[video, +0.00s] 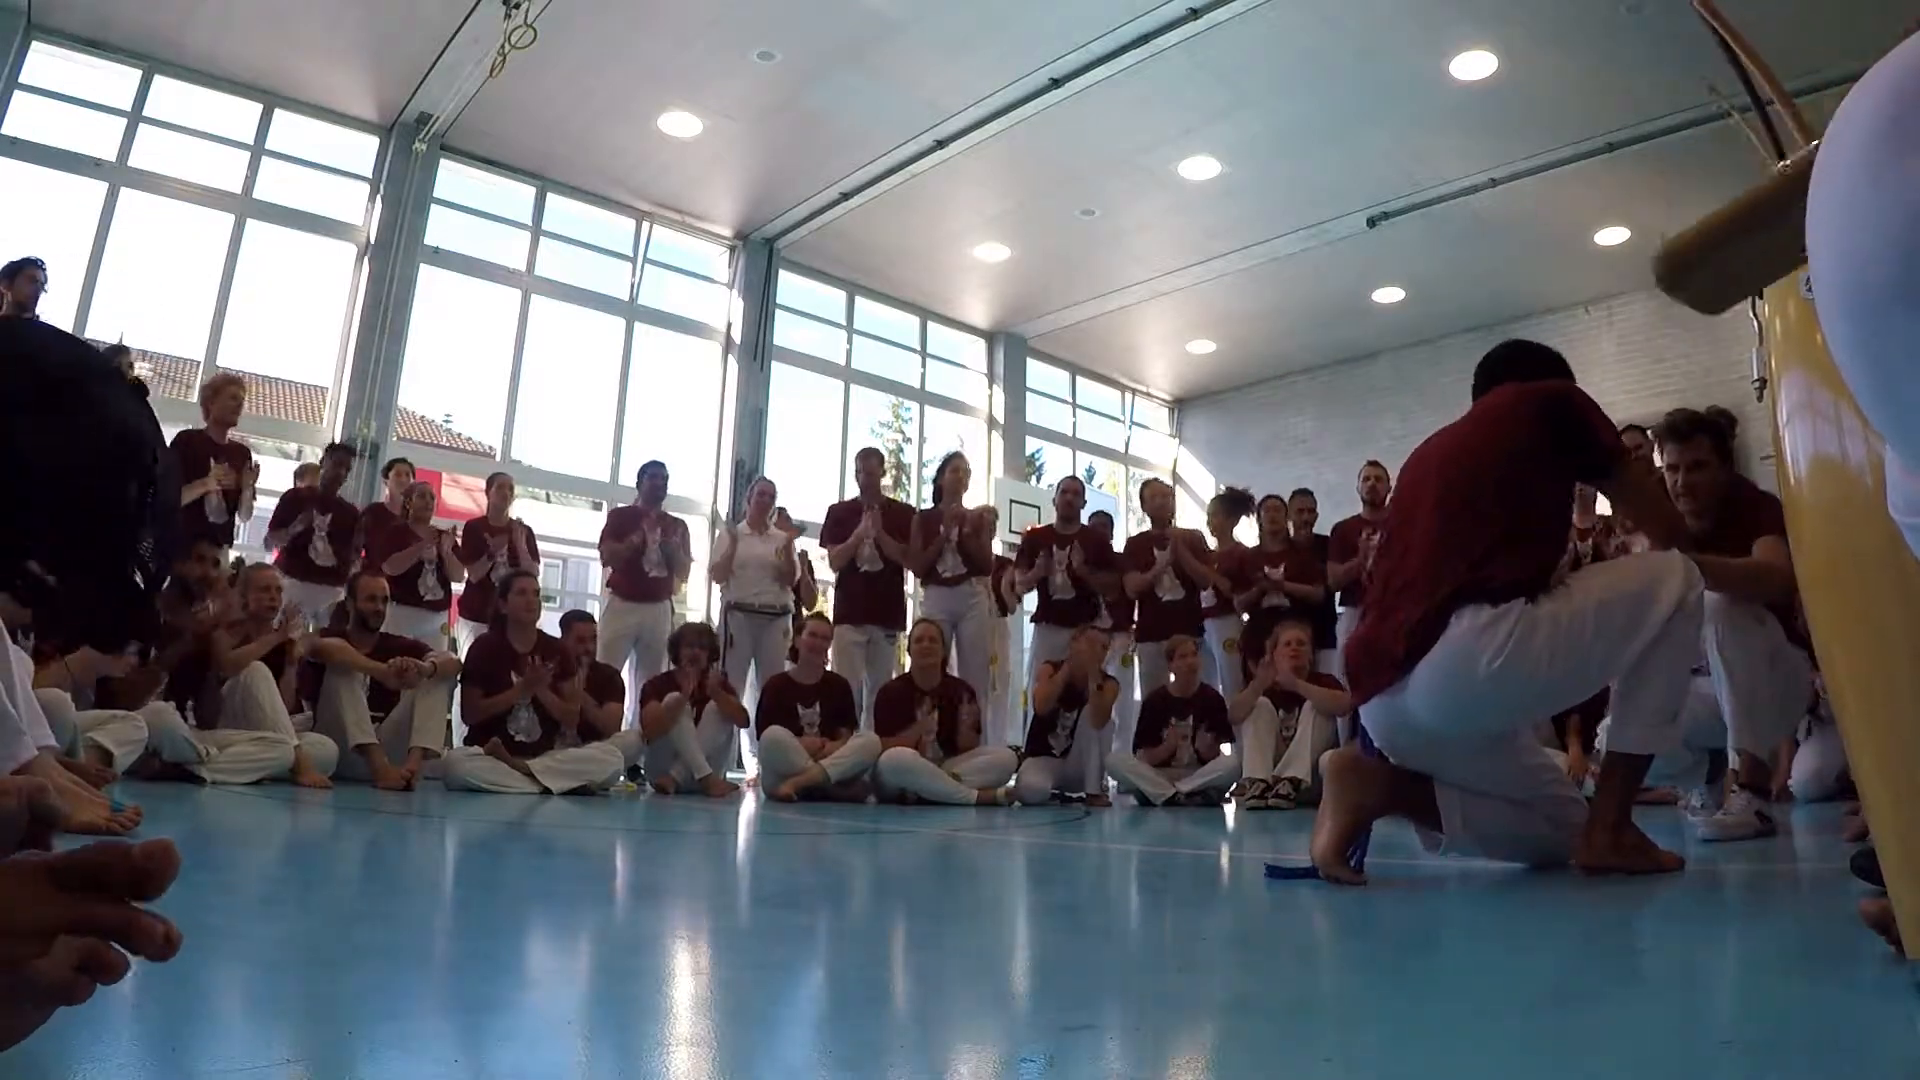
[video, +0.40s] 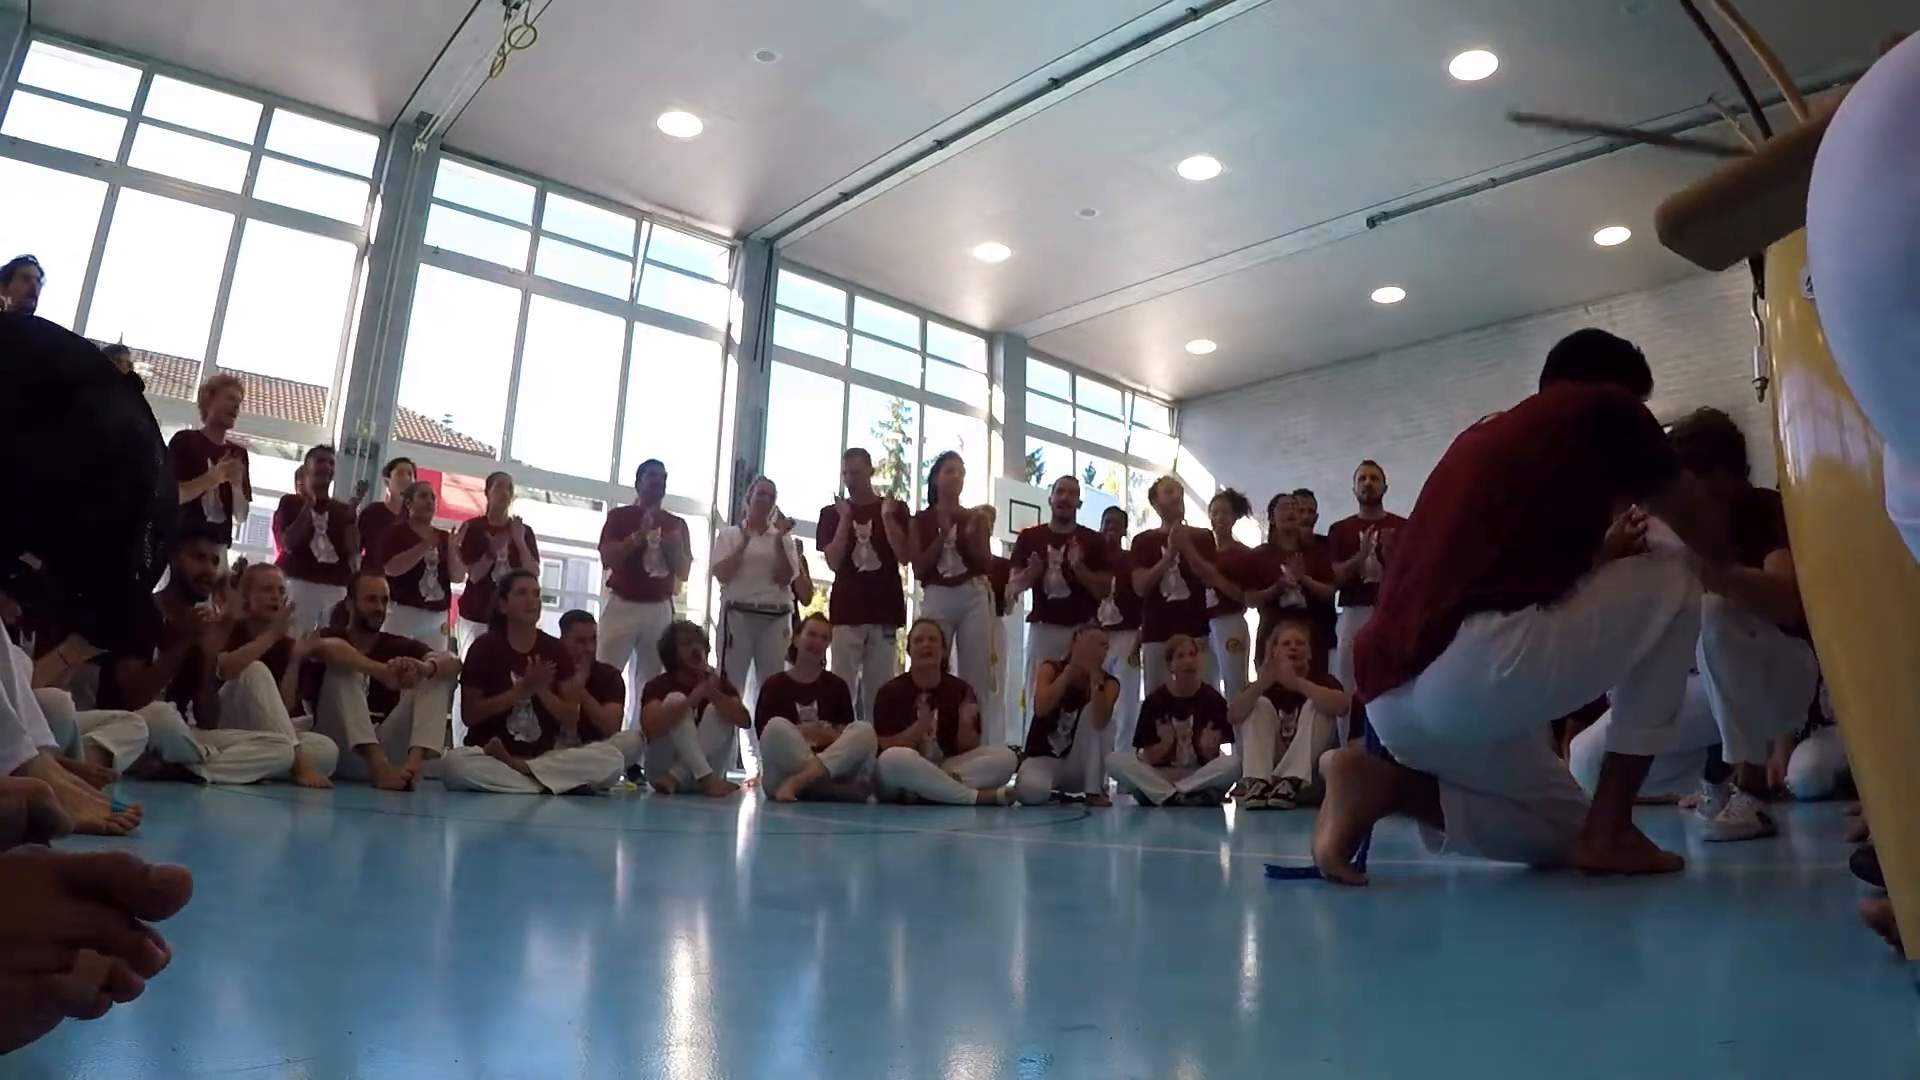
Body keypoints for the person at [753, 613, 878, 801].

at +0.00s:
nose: (818, 643)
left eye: (825, 639)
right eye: (813, 636)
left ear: (830, 645)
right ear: (797, 639)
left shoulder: (839, 685)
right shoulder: (776, 684)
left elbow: (846, 737)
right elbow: (764, 737)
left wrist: (832, 747)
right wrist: (800, 744)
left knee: (871, 741)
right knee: (773, 736)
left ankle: (797, 784)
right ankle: (835, 789)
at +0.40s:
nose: (817, 642)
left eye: (824, 638)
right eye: (811, 635)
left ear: (829, 645)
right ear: (796, 639)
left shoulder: (837, 685)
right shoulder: (774, 684)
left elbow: (848, 733)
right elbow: (764, 736)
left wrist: (826, 736)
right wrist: (801, 731)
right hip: (783, 776)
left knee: (865, 732)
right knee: (776, 728)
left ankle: (796, 784)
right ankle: (836, 789)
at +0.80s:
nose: (816, 644)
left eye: (823, 640)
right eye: (810, 636)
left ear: (827, 647)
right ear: (795, 639)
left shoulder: (833, 682)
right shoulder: (775, 679)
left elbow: (838, 729)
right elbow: (775, 726)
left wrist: (826, 690)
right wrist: (817, 693)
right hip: (784, 776)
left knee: (859, 722)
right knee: (784, 711)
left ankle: (795, 783)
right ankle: (836, 786)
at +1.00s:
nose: (817, 644)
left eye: (824, 640)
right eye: (811, 636)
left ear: (828, 649)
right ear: (796, 640)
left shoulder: (835, 682)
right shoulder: (777, 679)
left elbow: (838, 730)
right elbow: (777, 731)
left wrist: (828, 688)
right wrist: (808, 694)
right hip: (785, 776)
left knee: (858, 721)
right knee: (780, 709)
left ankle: (796, 784)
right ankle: (833, 783)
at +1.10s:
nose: (818, 645)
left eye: (825, 642)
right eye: (812, 637)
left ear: (830, 650)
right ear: (798, 641)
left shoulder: (834, 683)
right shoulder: (776, 679)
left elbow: (835, 733)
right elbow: (771, 732)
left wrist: (839, 694)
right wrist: (797, 694)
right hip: (783, 776)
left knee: (858, 721)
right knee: (776, 713)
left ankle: (796, 784)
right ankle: (831, 784)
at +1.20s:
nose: (820, 643)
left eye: (827, 640)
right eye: (814, 636)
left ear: (832, 648)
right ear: (799, 639)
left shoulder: (839, 683)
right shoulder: (779, 679)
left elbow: (837, 736)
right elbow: (769, 737)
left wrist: (826, 695)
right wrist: (802, 718)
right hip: (784, 778)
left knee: (859, 722)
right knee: (773, 715)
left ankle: (796, 784)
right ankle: (831, 784)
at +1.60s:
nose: (823, 646)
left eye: (830, 641)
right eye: (818, 638)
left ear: (835, 647)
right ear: (801, 639)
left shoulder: (840, 681)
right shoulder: (782, 678)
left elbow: (845, 733)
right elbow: (779, 731)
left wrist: (836, 690)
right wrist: (811, 692)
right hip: (784, 777)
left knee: (866, 729)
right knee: (765, 721)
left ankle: (797, 785)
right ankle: (833, 784)